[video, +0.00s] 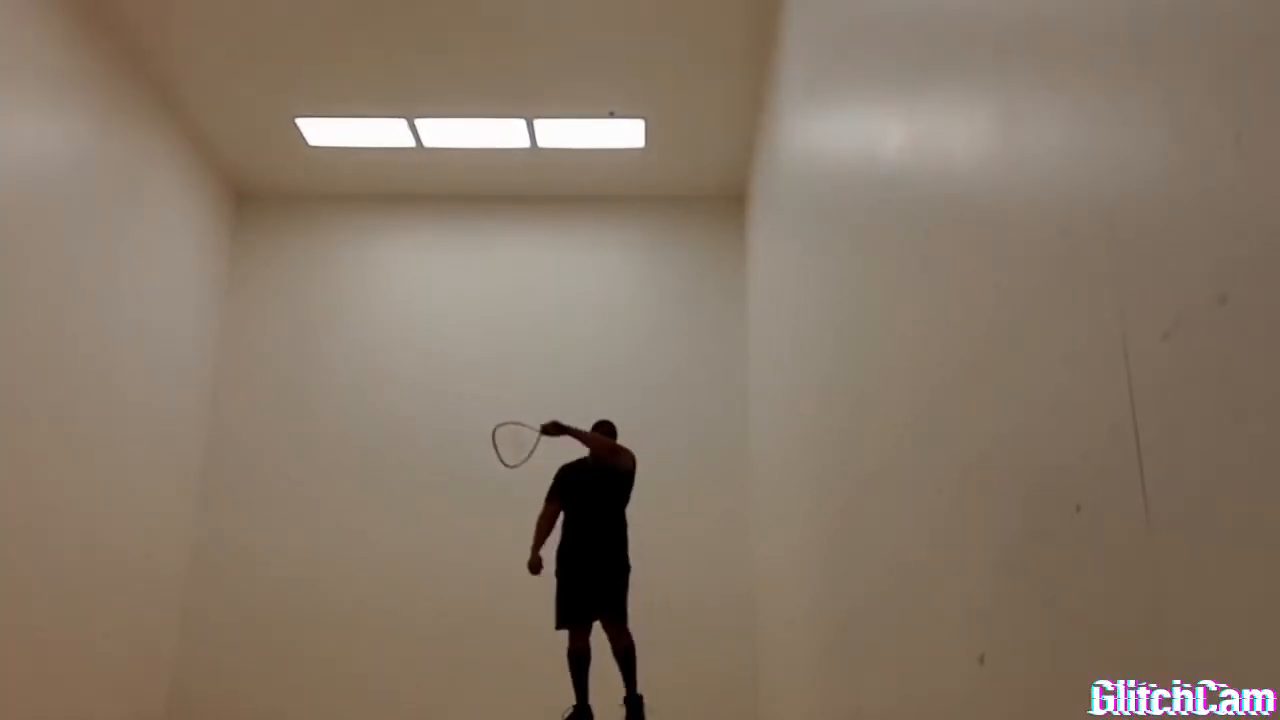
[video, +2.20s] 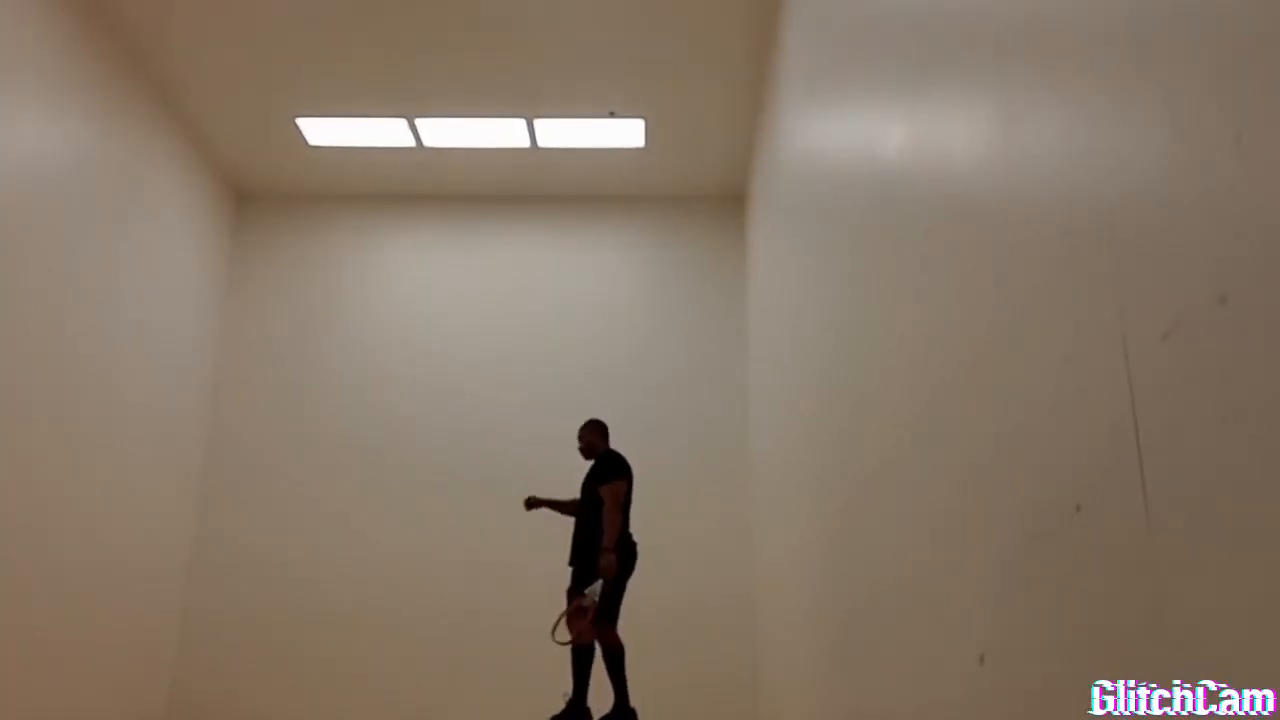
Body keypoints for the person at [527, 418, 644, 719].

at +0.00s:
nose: (601, 443)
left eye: (604, 438)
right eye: (599, 438)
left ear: (609, 441)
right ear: (593, 440)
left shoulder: (625, 465)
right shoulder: (568, 471)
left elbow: (606, 447)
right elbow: (550, 512)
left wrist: (566, 430)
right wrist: (535, 549)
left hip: (611, 559)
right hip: (574, 559)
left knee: (615, 626)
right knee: (578, 631)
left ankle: (632, 696)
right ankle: (581, 705)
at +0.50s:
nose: (577, 444)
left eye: (580, 439)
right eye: (575, 440)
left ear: (583, 439)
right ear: (582, 438)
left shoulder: (608, 459)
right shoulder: (564, 472)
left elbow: (574, 453)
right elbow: (557, 517)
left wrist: (531, 444)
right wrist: (546, 563)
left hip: (601, 548)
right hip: (572, 550)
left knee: (584, 623)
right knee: (576, 625)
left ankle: (582, 703)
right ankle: (580, 701)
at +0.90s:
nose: (547, 448)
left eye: (547, 441)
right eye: (545, 443)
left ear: (556, 436)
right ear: (565, 433)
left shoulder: (589, 453)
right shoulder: (563, 467)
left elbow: (555, 471)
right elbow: (563, 515)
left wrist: (508, 475)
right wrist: (547, 552)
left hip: (600, 545)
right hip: (580, 548)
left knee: (581, 619)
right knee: (578, 618)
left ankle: (582, 703)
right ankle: (581, 701)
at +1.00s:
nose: (542, 443)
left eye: (544, 436)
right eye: (540, 437)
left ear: (557, 432)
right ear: (555, 433)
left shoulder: (582, 456)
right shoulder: (562, 467)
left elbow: (561, 496)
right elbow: (568, 516)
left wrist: (513, 515)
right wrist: (551, 552)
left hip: (599, 547)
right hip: (583, 550)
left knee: (584, 622)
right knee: (579, 623)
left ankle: (583, 704)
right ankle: (581, 702)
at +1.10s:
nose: (540, 440)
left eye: (542, 432)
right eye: (538, 434)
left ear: (555, 430)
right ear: (557, 430)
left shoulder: (577, 458)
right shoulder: (566, 462)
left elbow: (570, 511)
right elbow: (568, 514)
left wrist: (544, 551)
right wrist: (556, 553)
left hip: (596, 545)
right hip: (583, 547)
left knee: (584, 622)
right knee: (579, 622)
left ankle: (583, 704)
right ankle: (581, 702)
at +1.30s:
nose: (545, 432)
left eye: (550, 426)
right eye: (544, 427)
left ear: (563, 426)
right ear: (549, 429)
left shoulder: (582, 454)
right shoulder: (565, 460)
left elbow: (586, 497)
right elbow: (569, 506)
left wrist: (570, 530)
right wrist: (564, 550)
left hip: (596, 546)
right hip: (579, 548)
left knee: (589, 623)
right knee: (575, 624)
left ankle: (612, 701)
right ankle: (579, 703)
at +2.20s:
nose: (580, 447)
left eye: (584, 440)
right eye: (579, 441)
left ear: (599, 438)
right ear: (595, 439)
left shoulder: (613, 465)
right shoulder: (598, 469)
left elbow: (614, 512)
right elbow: (583, 509)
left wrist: (608, 550)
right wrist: (544, 503)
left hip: (611, 556)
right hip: (588, 555)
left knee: (603, 627)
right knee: (581, 627)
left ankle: (622, 705)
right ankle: (578, 704)